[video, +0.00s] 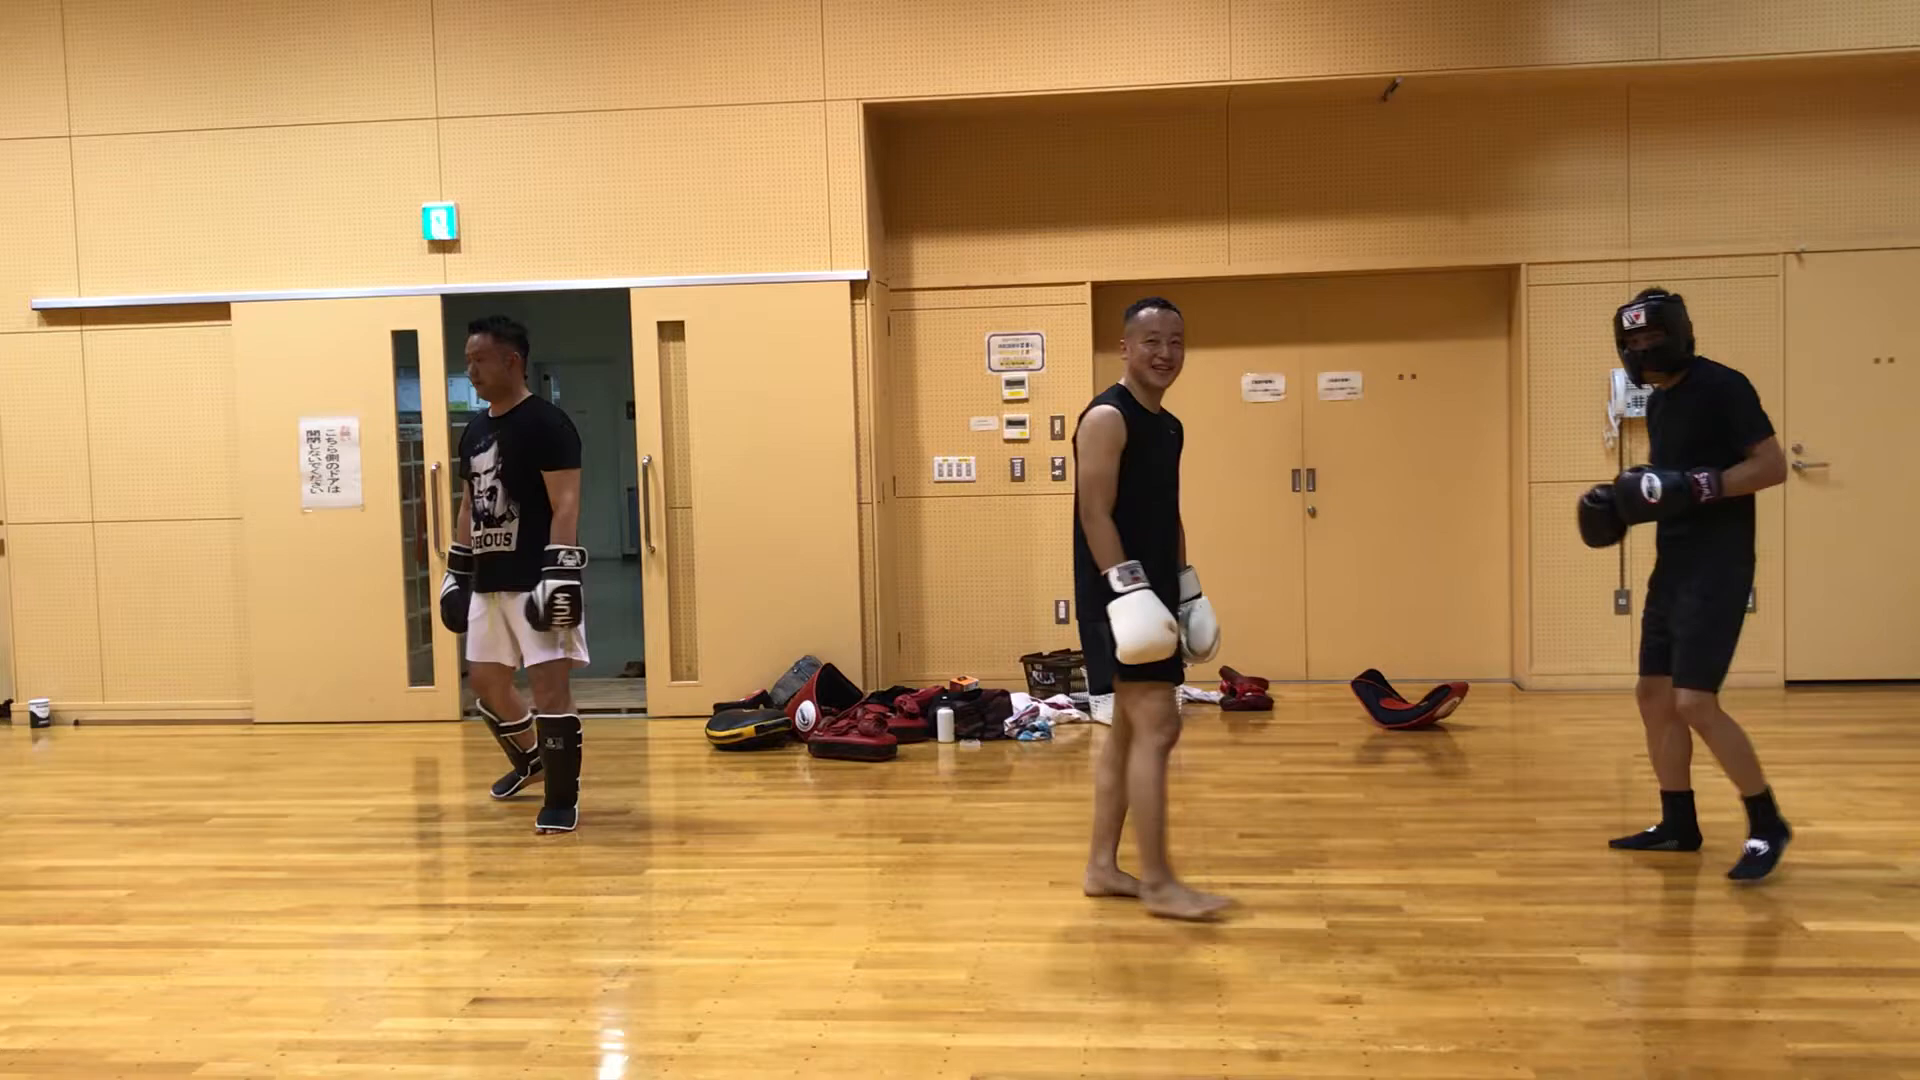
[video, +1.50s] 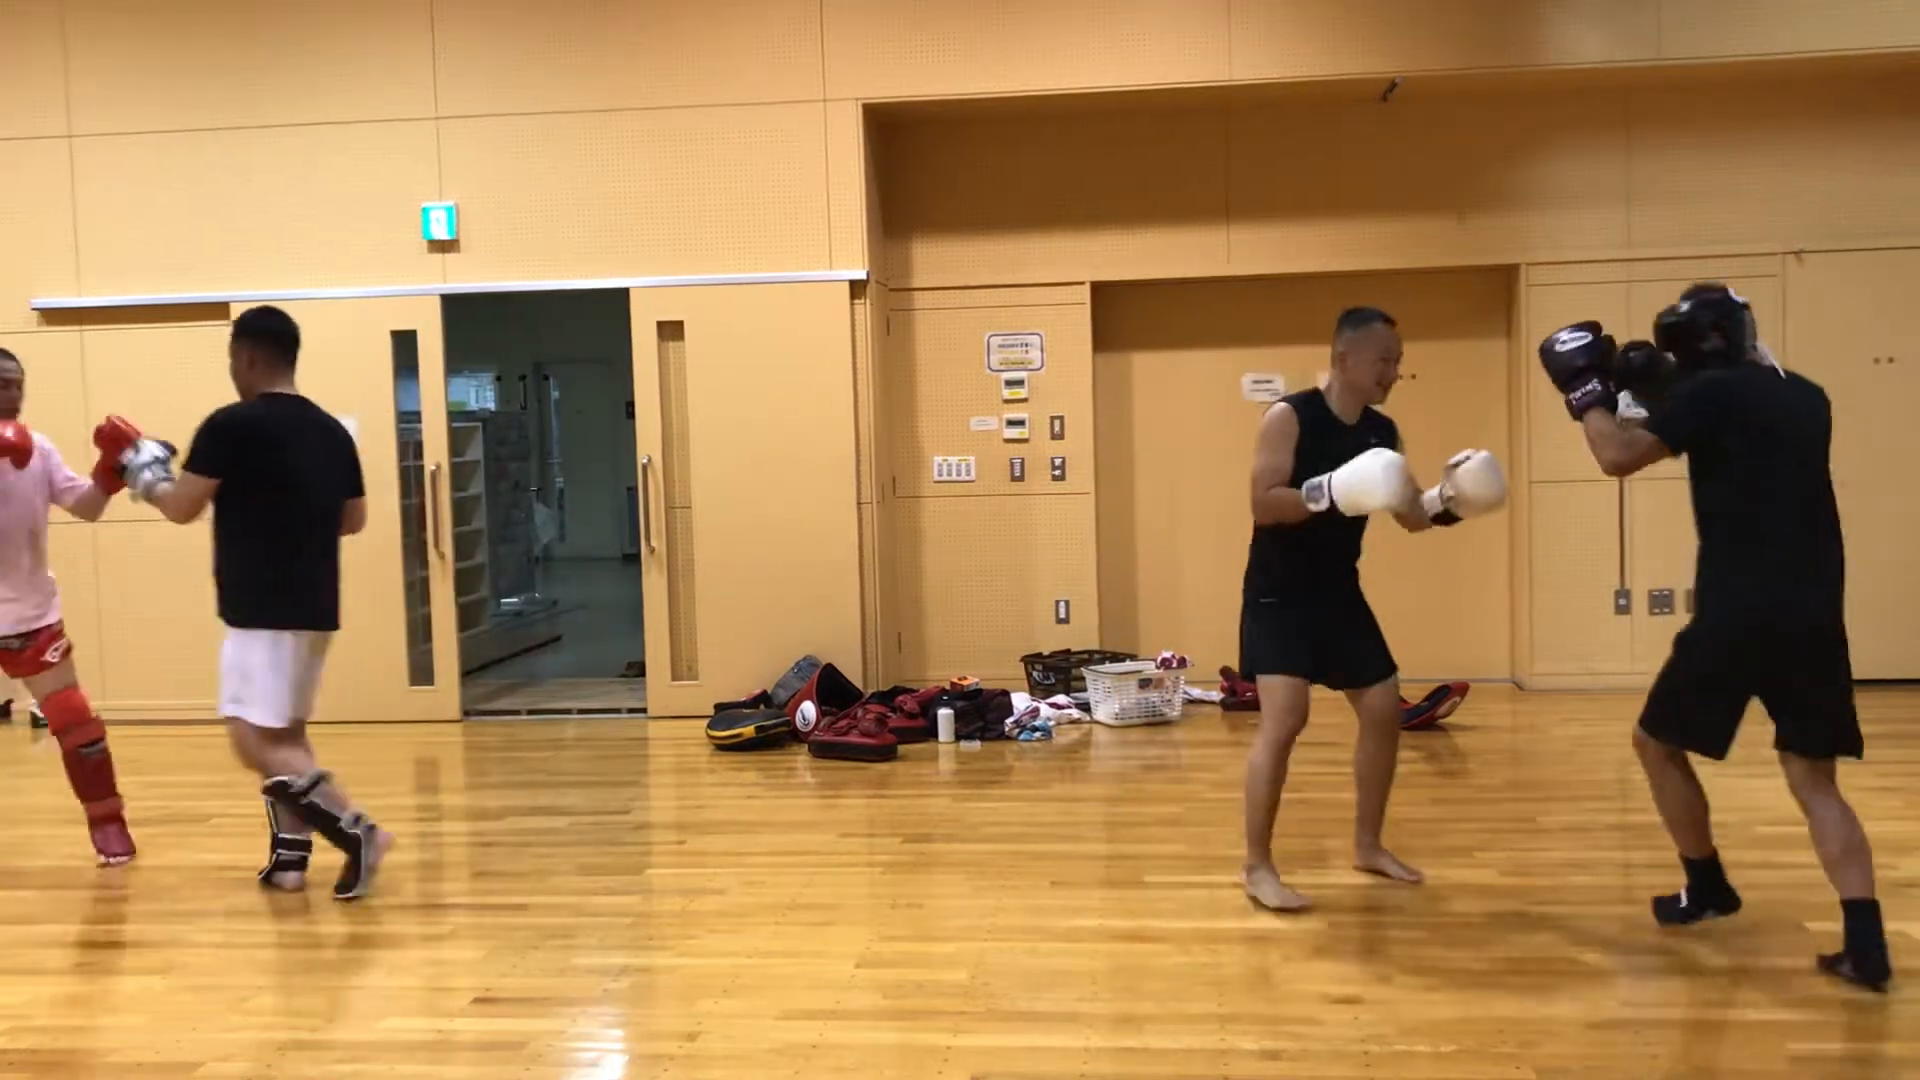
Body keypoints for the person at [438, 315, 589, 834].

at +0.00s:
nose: (470, 370)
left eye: (479, 360)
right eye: (468, 362)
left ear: (514, 360)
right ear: (474, 365)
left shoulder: (548, 423)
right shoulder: (476, 431)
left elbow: (565, 503)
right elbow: (470, 504)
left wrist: (562, 574)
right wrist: (456, 572)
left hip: (539, 581)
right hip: (488, 585)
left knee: (550, 687)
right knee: (487, 678)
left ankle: (561, 801)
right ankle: (533, 754)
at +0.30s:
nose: (452, 372)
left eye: (458, 360)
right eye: (451, 362)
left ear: (491, 359)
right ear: (477, 362)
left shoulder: (530, 425)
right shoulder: (477, 433)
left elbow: (536, 512)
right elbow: (475, 513)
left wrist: (493, 576)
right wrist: (449, 561)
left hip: (539, 587)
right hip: (485, 583)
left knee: (550, 690)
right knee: (463, 686)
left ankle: (561, 804)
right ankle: (491, 805)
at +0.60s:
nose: (407, 371)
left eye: (412, 359)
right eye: (406, 360)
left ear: (443, 356)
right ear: (441, 357)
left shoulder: (473, 412)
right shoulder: (454, 415)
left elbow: (468, 494)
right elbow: (447, 498)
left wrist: (407, 547)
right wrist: (408, 555)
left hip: (485, 584)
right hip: (455, 584)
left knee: (468, 698)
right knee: (455, 698)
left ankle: (528, 800)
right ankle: (487, 819)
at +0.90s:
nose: (356, 412)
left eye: (354, 398)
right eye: (351, 401)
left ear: (376, 379)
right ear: (383, 376)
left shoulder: (418, 423)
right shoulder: (430, 418)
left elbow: (400, 508)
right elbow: (406, 507)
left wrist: (335, 521)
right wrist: (346, 512)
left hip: (424, 603)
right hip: (448, 598)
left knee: (402, 719)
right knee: (463, 708)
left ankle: (398, 861)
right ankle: (489, 822)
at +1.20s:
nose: (286, 357)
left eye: (292, 347)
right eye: (289, 346)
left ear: (310, 354)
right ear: (344, 356)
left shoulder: (310, 428)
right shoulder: (384, 423)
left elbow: (282, 526)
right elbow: (389, 516)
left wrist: (235, 530)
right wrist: (303, 539)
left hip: (351, 611)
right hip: (377, 604)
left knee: (378, 727)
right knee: (325, 705)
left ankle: (397, 861)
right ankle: (343, 841)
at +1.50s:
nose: (231, 366)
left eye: (233, 356)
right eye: (233, 356)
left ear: (244, 357)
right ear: (292, 359)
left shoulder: (232, 426)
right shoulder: (330, 431)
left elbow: (181, 506)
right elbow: (353, 519)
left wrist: (146, 471)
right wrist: (285, 513)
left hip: (259, 607)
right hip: (316, 607)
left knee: (253, 739)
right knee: (286, 732)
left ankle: (355, 831)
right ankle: (289, 857)